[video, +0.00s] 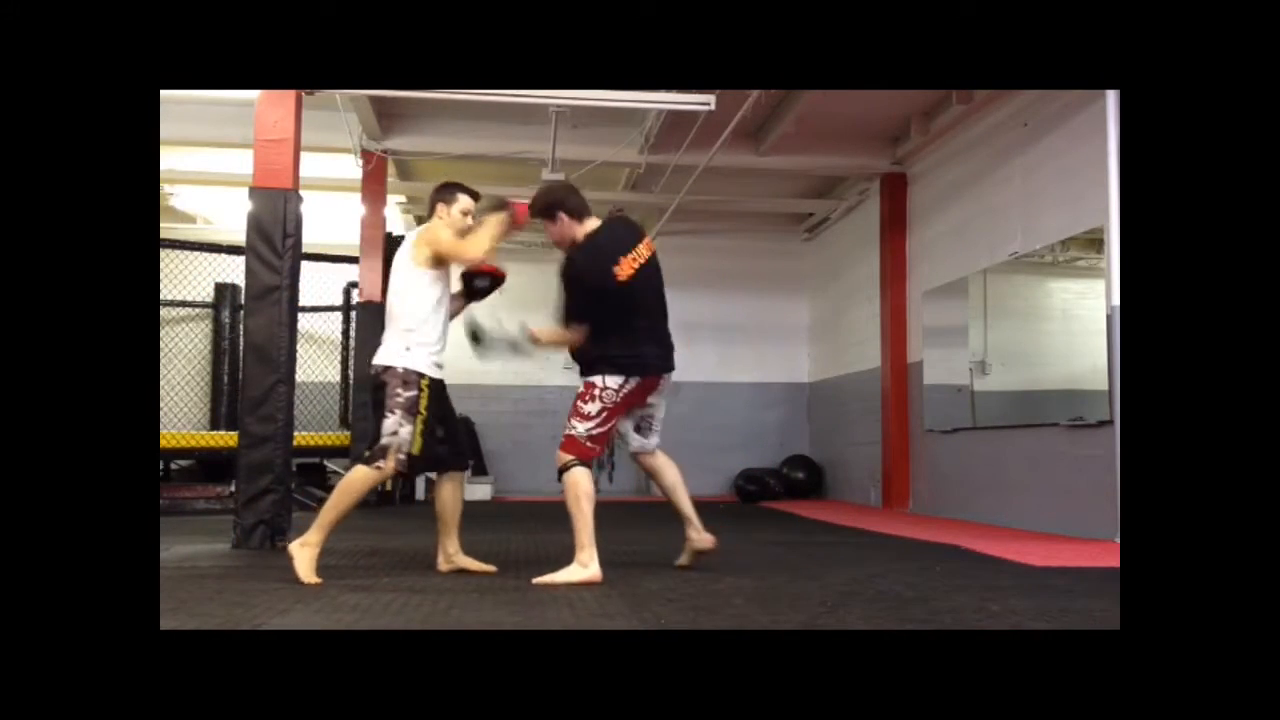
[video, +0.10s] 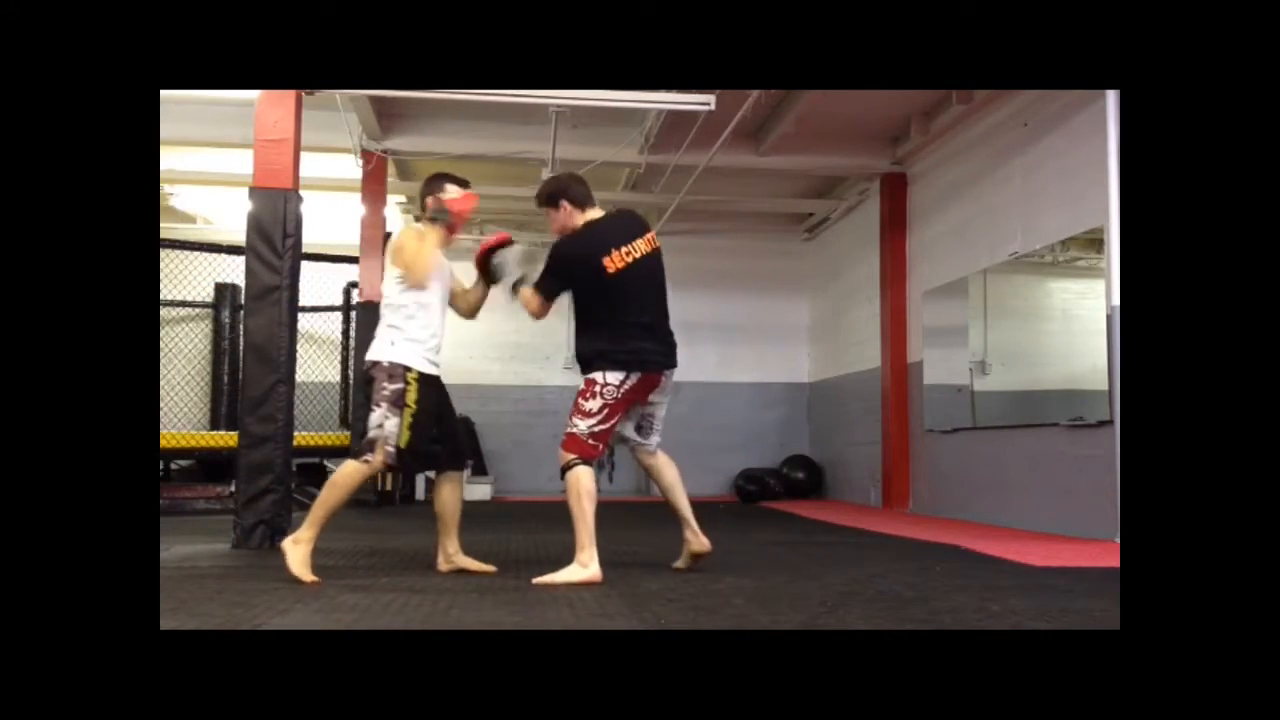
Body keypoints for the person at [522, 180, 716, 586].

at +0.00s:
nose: (547, 236)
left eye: (547, 226)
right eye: (545, 226)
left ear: (563, 218)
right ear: (575, 212)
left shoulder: (580, 263)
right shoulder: (626, 227)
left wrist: (545, 336)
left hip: (616, 368)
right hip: (656, 361)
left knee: (573, 456)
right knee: (646, 450)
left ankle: (585, 561)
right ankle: (696, 532)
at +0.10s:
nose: (550, 226)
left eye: (549, 216)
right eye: (547, 217)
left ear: (566, 207)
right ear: (588, 202)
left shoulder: (571, 249)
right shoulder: (633, 220)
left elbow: (536, 307)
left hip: (616, 364)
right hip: (659, 359)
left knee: (576, 454)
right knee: (647, 449)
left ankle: (586, 561)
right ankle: (694, 535)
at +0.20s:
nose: (560, 222)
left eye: (560, 213)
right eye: (558, 214)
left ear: (577, 202)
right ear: (596, 199)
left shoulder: (583, 238)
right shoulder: (644, 225)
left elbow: (558, 307)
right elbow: (636, 285)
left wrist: (547, 279)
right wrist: (577, 268)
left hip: (616, 359)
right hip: (658, 357)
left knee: (576, 452)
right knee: (660, 455)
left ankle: (585, 559)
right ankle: (703, 548)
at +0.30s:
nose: (575, 228)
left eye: (576, 218)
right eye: (574, 219)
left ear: (596, 210)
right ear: (611, 209)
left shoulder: (604, 240)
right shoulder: (655, 237)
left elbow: (590, 299)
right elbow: (643, 298)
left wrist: (553, 306)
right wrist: (576, 298)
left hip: (621, 361)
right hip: (665, 362)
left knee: (560, 444)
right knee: (668, 458)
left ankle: (573, 542)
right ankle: (703, 553)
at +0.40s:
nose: (582, 228)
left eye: (584, 220)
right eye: (581, 221)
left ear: (603, 212)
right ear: (620, 212)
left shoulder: (605, 236)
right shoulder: (662, 240)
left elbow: (587, 276)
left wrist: (525, 295)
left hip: (622, 358)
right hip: (668, 363)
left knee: (563, 448)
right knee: (673, 459)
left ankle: (567, 550)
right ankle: (704, 554)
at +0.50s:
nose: (578, 220)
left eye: (579, 213)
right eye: (577, 214)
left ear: (600, 206)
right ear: (616, 206)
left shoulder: (594, 232)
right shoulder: (661, 237)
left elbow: (545, 266)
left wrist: (496, 255)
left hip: (617, 356)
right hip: (664, 360)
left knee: (571, 452)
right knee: (673, 458)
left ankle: (573, 559)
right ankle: (703, 553)